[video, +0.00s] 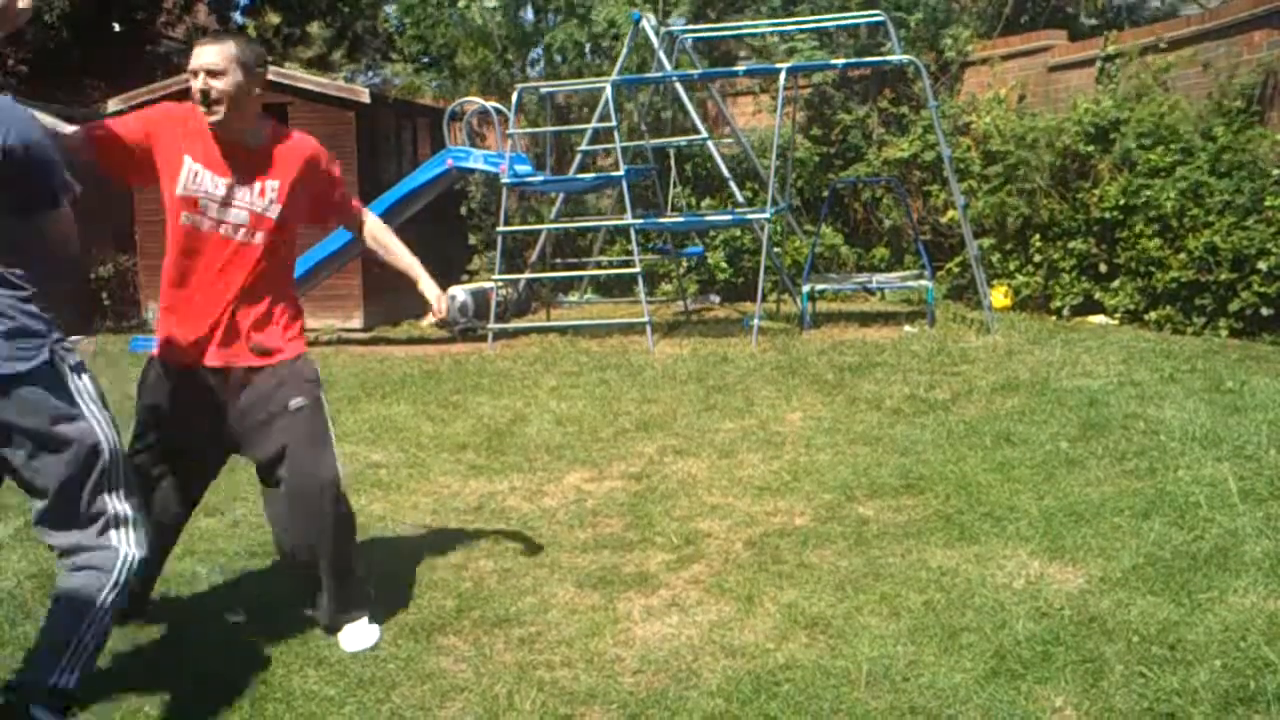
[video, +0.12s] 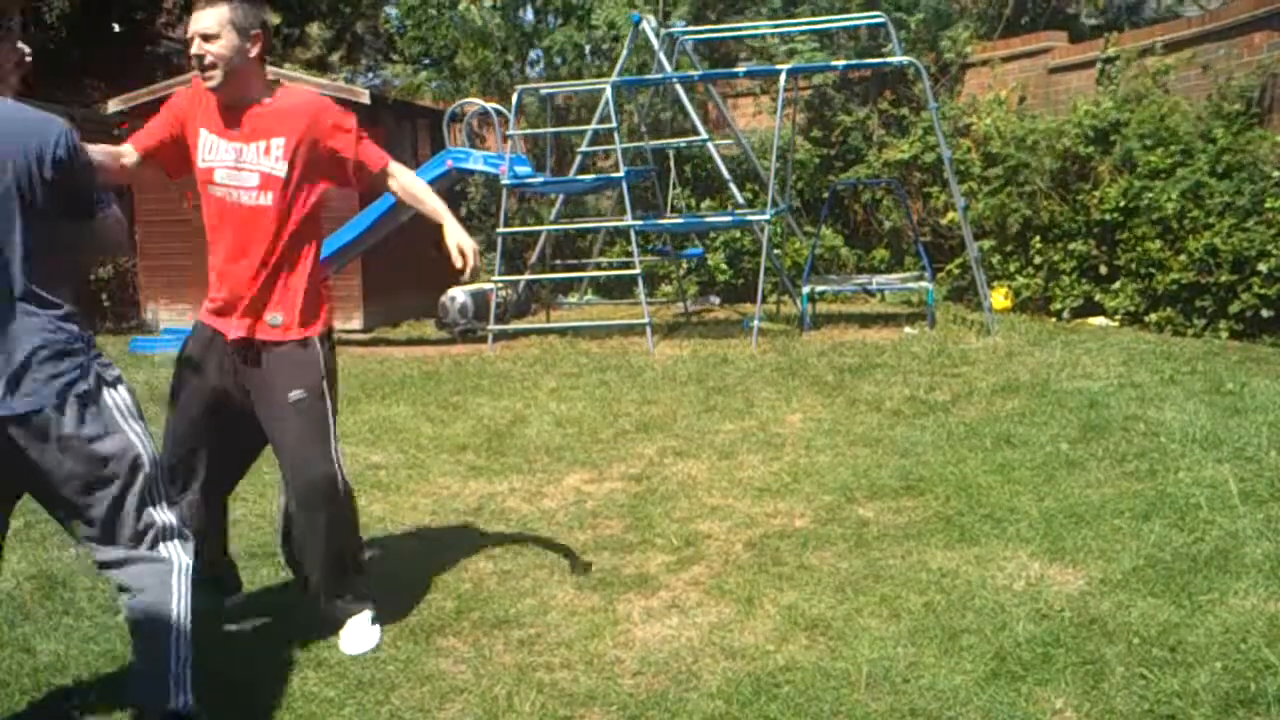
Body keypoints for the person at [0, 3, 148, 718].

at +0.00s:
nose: (24, 38)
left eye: (20, 31)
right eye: (18, 31)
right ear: (9, 43)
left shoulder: (23, 130)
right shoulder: (19, 129)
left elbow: (64, 254)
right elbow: (65, 257)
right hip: (11, 341)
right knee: (108, 531)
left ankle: (40, 696)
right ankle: (40, 699)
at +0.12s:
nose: (24, 50)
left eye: (21, 36)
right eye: (16, 37)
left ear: (1, 57)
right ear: (2, 55)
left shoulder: (36, 133)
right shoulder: (36, 133)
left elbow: (107, 235)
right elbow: (110, 237)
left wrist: (84, 173)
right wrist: (97, 178)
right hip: (37, 367)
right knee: (148, 537)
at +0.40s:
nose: (124, 22)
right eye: (121, 14)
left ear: (36, 38)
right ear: (113, 19)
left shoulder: (13, 127)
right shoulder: (176, 97)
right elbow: (307, 101)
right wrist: (257, 38)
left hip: (63, 397)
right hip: (184, 382)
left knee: (13, 590)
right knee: (245, 593)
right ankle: (264, 711)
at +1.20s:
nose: (260, 19)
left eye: (258, 7)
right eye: (252, 5)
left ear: (190, 15)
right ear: (208, 9)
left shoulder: (158, 91)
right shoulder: (198, 96)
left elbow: (318, 110)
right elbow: (322, 185)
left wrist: (401, 62)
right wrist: (357, 98)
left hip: (184, 367)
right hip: (252, 362)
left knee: (187, 578)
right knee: (371, 558)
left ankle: (124, 715)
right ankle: (418, 707)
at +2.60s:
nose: (356, 55)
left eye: (357, 41)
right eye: (346, 39)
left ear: (299, 38)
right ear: (298, 36)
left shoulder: (254, 114)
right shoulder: (284, 113)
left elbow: (295, 225)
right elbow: (347, 223)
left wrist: (341, 161)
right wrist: (441, 165)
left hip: (264, 345)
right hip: (314, 343)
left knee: (273, 502)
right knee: (420, 500)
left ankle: (189, 655)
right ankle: (398, 684)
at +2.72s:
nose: (361, 59)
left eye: (362, 45)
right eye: (351, 44)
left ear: (306, 41)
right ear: (304, 40)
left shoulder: (269, 116)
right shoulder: (287, 117)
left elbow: (318, 230)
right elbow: (337, 230)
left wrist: (352, 165)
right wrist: (436, 174)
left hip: (274, 347)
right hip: (318, 346)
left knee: (276, 503)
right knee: (424, 501)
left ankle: (190, 655)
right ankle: (398, 682)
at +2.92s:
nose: (370, 49)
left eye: (370, 35)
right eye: (362, 34)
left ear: (314, 34)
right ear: (318, 33)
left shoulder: (254, 114)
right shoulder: (308, 97)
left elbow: (330, 212)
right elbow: (412, 131)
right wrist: (502, 55)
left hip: (265, 338)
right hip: (328, 334)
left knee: (276, 492)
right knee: (426, 495)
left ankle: (196, 638)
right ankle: (400, 680)